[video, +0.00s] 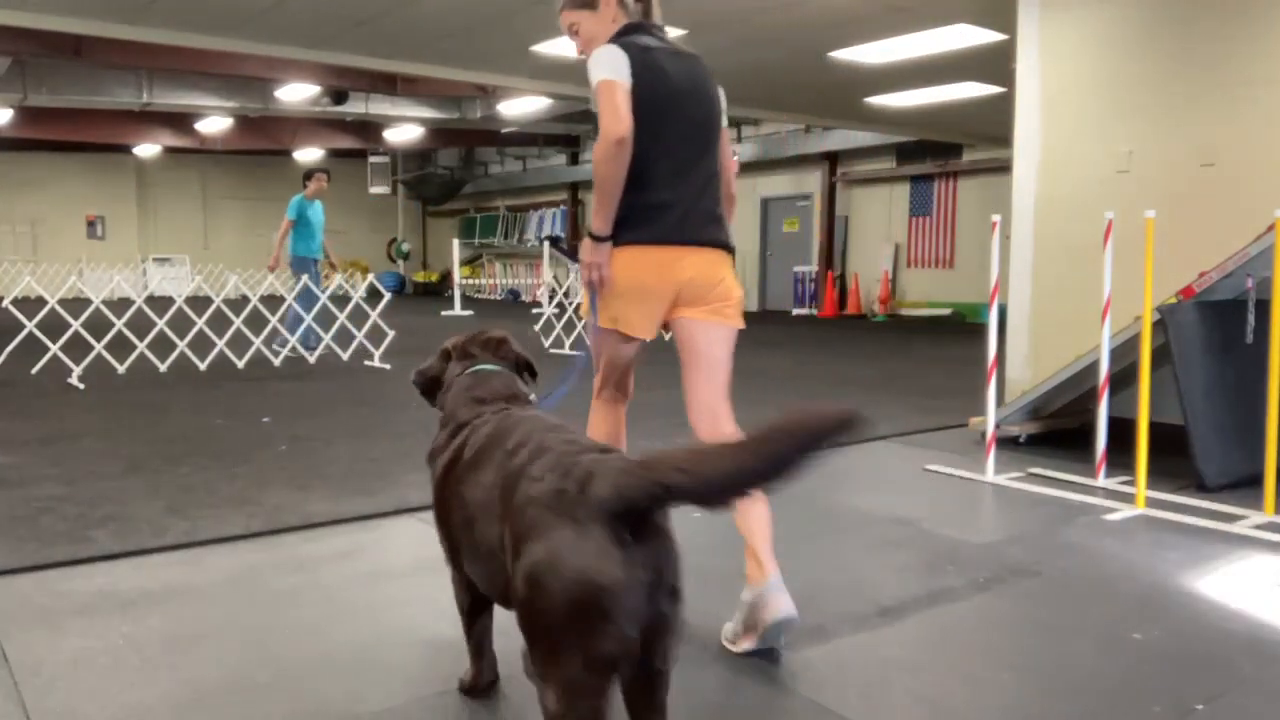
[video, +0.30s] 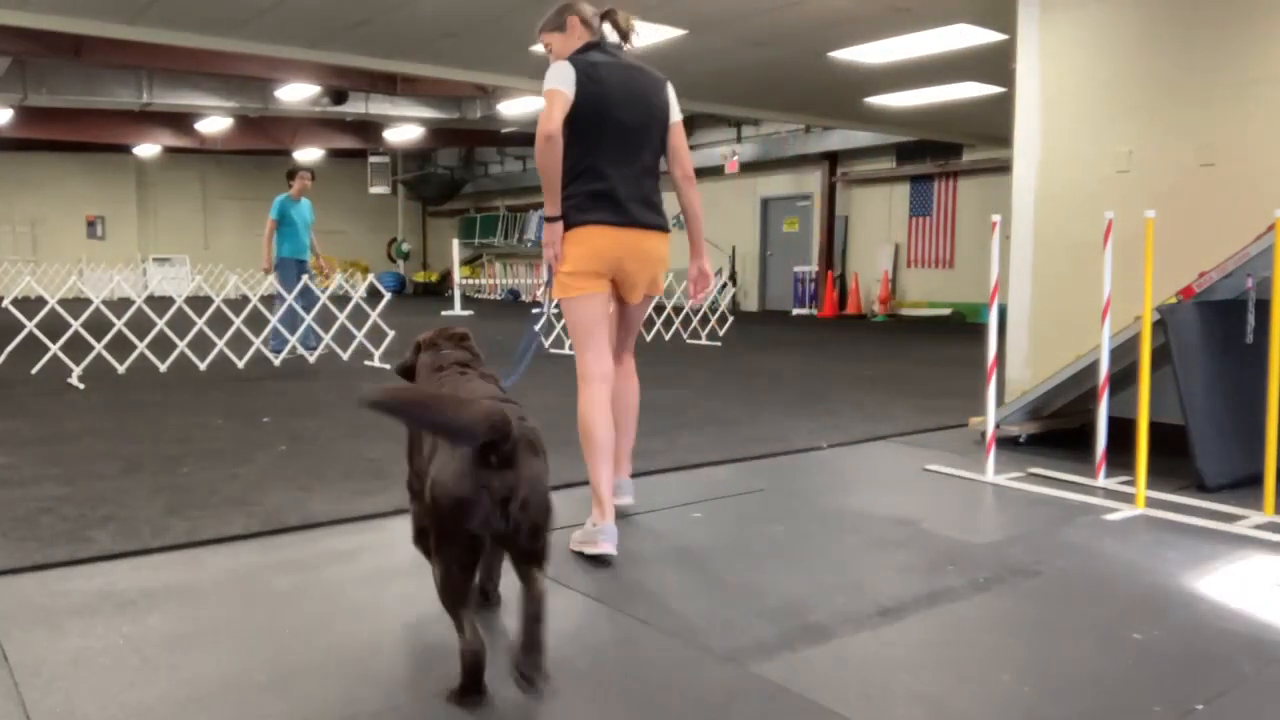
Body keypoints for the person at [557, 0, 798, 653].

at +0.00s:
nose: (574, 42)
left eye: (575, 28)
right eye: (569, 33)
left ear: (610, 8)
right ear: (637, 13)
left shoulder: (611, 53)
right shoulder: (698, 67)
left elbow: (617, 134)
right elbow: (727, 170)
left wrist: (599, 234)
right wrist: (714, 241)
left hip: (638, 257)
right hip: (710, 257)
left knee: (611, 395)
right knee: (717, 422)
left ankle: (598, 547)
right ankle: (766, 583)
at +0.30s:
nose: (551, 56)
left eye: (550, 45)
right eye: (547, 48)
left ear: (574, 25)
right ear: (596, 29)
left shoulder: (568, 67)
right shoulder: (658, 84)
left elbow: (549, 130)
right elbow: (684, 174)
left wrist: (552, 217)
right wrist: (699, 251)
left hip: (587, 233)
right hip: (648, 237)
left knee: (594, 375)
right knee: (623, 358)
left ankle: (602, 520)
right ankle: (621, 479)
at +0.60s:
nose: (536, 81)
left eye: (536, 71)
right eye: (533, 74)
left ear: (556, 57)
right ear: (575, 60)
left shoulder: (548, 97)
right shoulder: (626, 109)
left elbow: (539, 161)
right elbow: (644, 189)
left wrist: (538, 231)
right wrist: (657, 256)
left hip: (567, 245)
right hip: (620, 244)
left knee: (553, 355)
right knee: (601, 352)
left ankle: (582, 436)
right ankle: (603, 464)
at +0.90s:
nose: (516, 109)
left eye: (517, 102)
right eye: (516, 103)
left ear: (529, 100)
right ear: (554, 100)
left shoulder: (518, 141)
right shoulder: (592, 142)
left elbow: (499, 209)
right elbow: (614, 214)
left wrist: (502, 260)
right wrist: (620, 264)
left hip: (534, 263)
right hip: (584, 261)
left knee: (535, 344)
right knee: (583, 345)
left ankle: (538, 429)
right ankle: (596, 408)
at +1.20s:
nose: (507, 126)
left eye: (509, 119)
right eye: (508, 119)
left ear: (522, 120)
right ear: (544, 122)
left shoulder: (517, 157)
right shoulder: (576, 160)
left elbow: (517, 230)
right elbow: (598, 225)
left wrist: (505, 261)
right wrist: (596, 273)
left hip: (540, 274)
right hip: (580, 272)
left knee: (494, 324)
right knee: (543, 337)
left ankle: (515, 412)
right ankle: (569, 419)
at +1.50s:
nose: (497, 105)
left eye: (497, 98)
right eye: (497, 98)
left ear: (507, 95)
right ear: (538, 94)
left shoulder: (502, 133)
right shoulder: (574, 133)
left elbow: (502, 215)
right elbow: (597, 205)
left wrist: (491, 247)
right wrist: (564, 212)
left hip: (521, 260)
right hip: (570, 260)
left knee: (500, 342)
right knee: (547, 334)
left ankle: (511, 443)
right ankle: (568, 427)